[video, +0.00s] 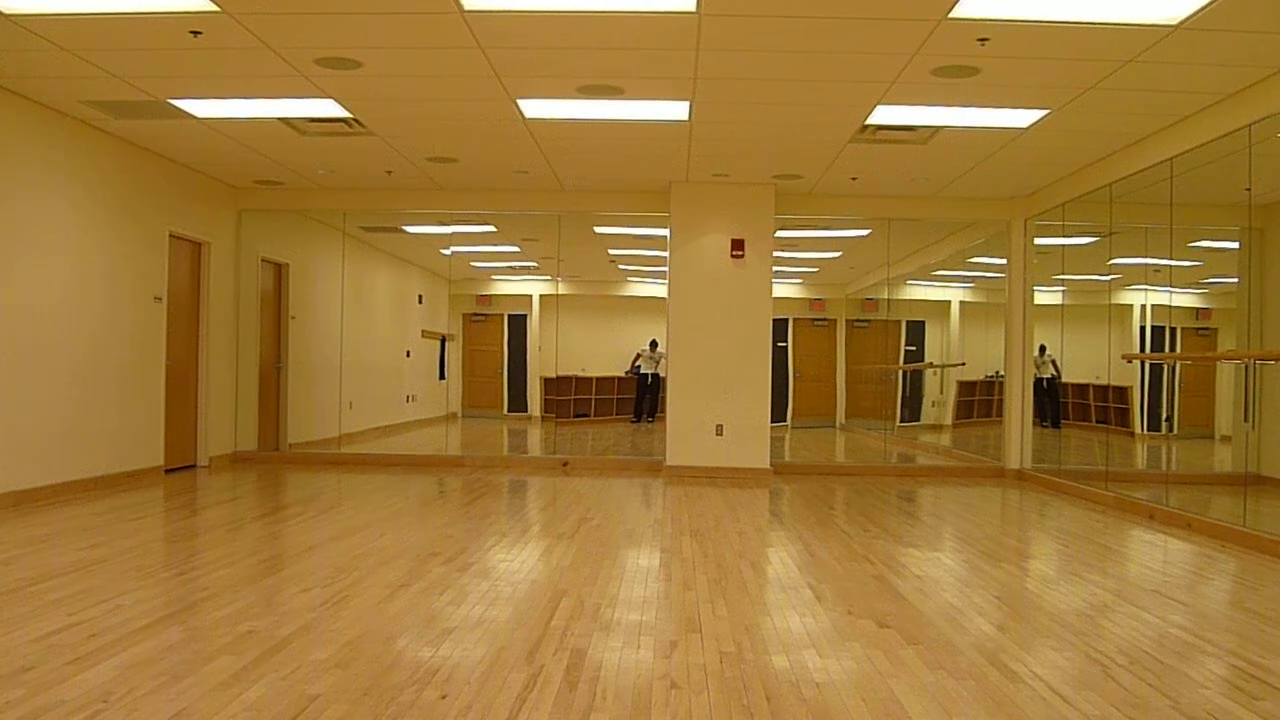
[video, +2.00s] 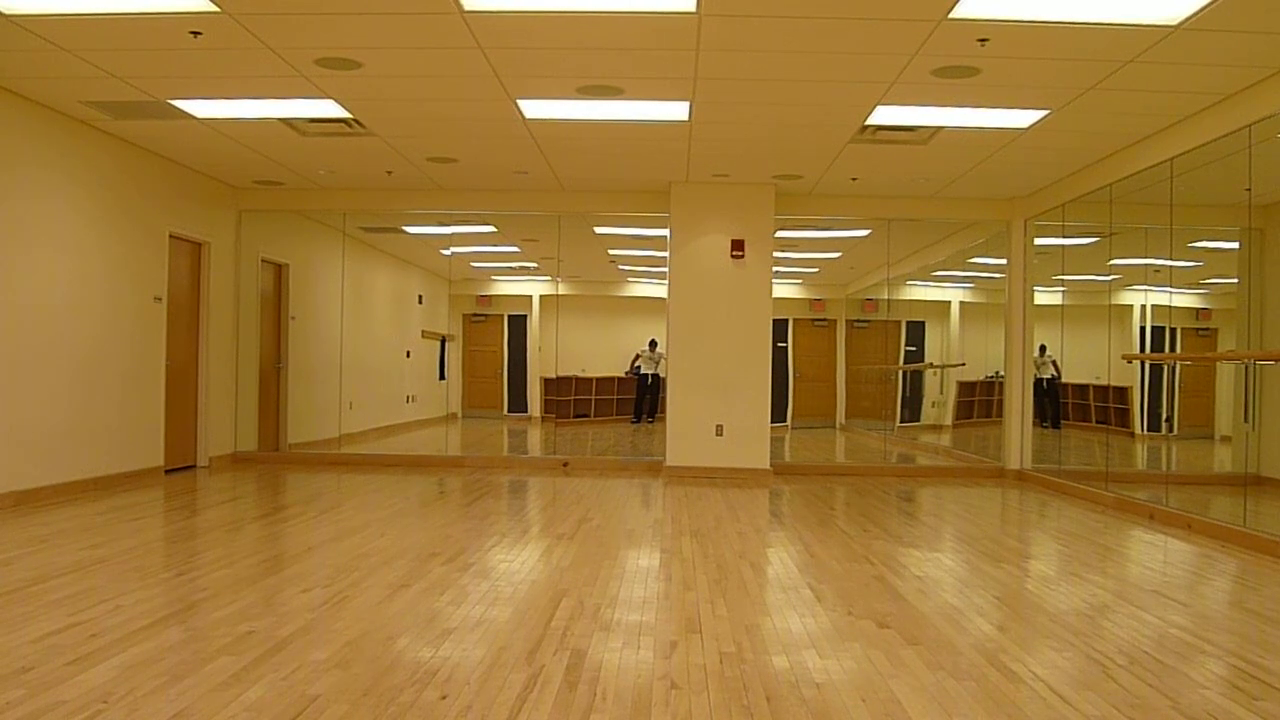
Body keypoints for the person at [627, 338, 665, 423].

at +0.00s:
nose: (652, 351)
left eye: (654, 349)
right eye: (651, 349)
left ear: (657, 348)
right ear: (649, 347)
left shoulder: (660, 354)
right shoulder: (643, 351)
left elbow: (669, 361)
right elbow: (635, 360)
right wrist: (631, 369)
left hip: (654, 373)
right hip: (643, 373)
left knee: (654, 396)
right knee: (640, 395)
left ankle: (651, 416)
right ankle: (637, 416)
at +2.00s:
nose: (652, 350)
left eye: (654, 348)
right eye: (651, 348)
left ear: (656, 348)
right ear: (648, 346)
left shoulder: (660, 354)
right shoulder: (642, 352)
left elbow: (668, 361)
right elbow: (634, 360)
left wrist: (667, 373)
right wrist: (631, 369)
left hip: (654, 374)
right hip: (643, 374)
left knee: (654, 396)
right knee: (640, 395)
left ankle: (651, 416)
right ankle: (637, 416)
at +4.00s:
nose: (652, 349)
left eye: (653, 347)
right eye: (650, 347)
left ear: (656, 347)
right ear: (648, 346)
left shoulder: (660, 354)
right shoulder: (642, 352)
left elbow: (668, 361)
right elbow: (634, 360)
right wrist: (630, 369)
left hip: (654, 373)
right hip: (643, 373)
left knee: (654, 396)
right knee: (640, 395)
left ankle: (651, 416)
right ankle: (637, 416)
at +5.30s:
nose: (641, 348)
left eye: (642, 345)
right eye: (639, 346)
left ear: (644, 345)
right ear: (636, 347)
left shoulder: (650, 353)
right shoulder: (634, 354)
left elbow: (659, 361)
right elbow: (627, 361)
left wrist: (665, 371)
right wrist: (628, 370)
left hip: (654, 374)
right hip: (642, 374)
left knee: (654, 396)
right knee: (640, 396)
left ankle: (651, 416)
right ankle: (637, 416)